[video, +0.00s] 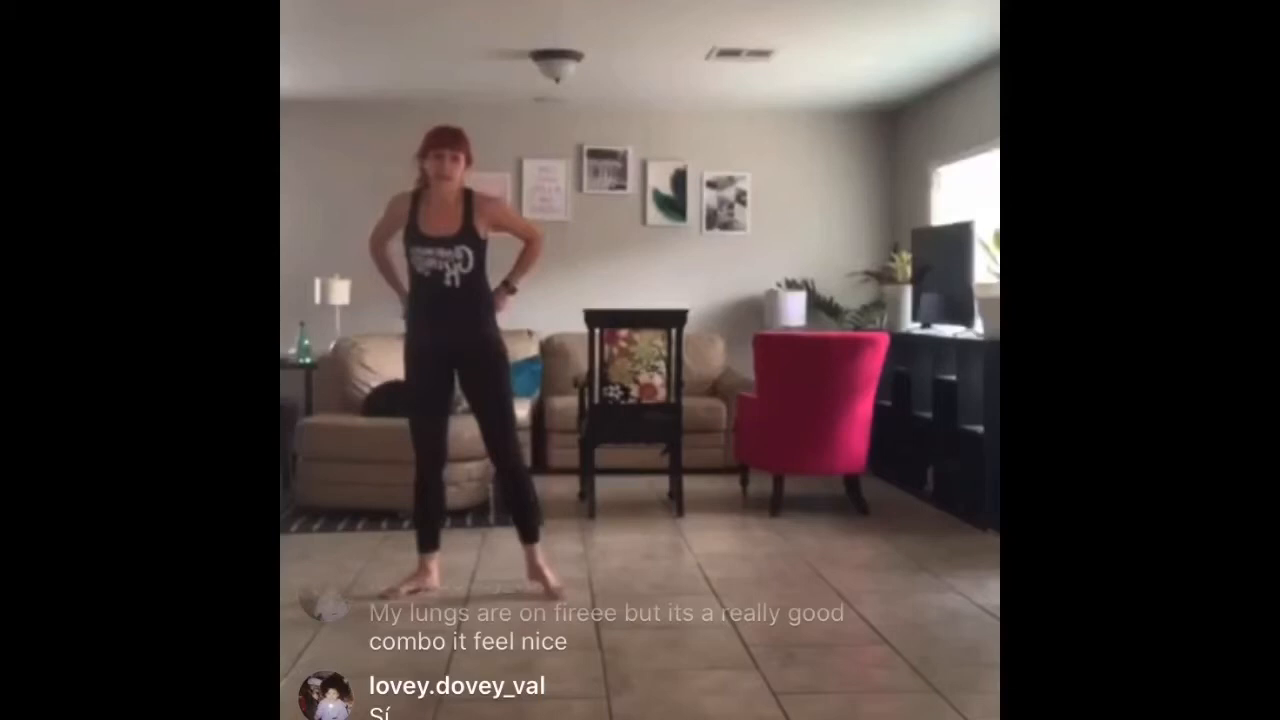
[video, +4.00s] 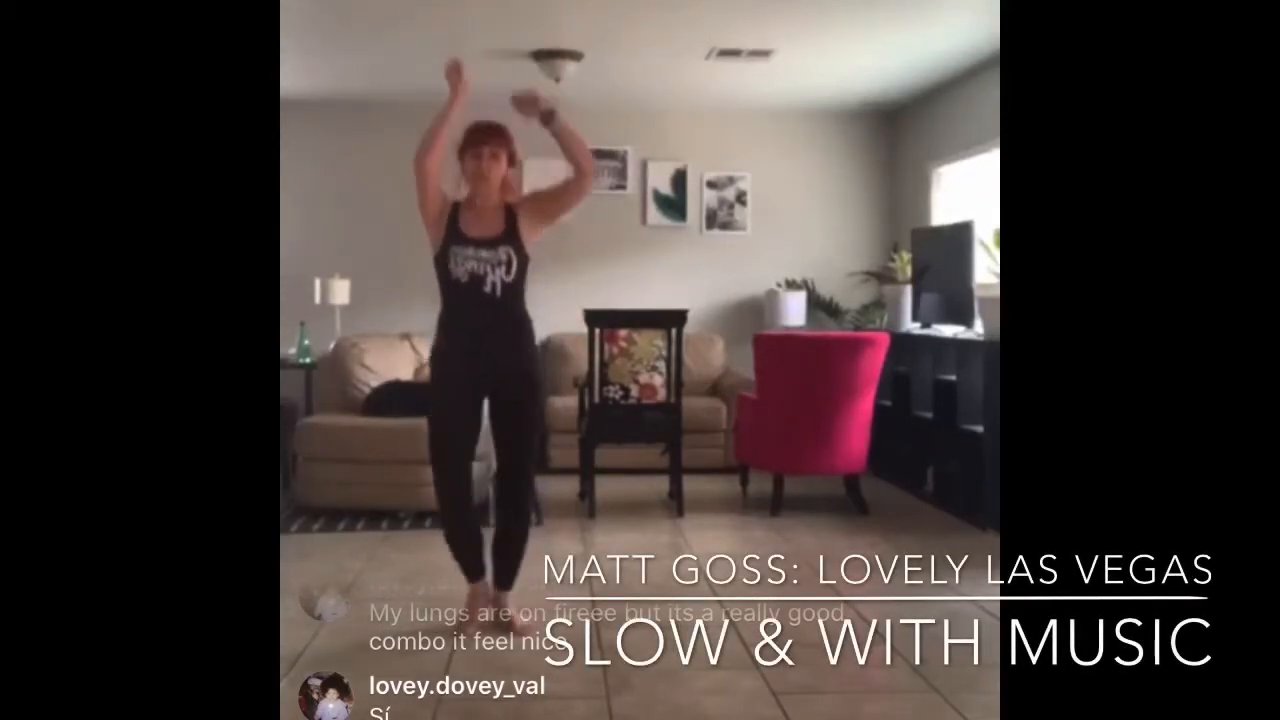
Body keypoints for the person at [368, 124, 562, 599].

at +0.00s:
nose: (445, 165)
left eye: (453, 158)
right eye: (437, 157)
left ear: (467, 166)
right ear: (422, 162)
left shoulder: (485, 208)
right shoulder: (405, 205)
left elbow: (534, 238)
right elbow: (377, 245)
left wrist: (509, 287)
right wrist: (405, 293)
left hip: (476, 335)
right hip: (425, 335)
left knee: (505, 449)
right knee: (428, 456)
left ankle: (535, 558)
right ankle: (428, 568)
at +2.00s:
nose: (504, 145)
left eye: (513, 139)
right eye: (496, 137)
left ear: (525, 151)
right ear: (480, 147)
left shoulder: (543, 203)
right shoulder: (457, 198)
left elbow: (581, 251)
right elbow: (422, 249)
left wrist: (573, 310)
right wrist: (438, 313)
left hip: (530, 336)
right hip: (473, 334)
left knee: (528, 464)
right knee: (475, 465)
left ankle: (525, 581)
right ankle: (467, 578)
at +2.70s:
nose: (524, 142)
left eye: (532, 136)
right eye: (515, 134)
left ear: (545, 150)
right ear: (498, 144)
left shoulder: (557, 209)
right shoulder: (472, 202)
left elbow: (564, 293)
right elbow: (450, 282)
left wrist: (558, 266)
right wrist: (472, 237)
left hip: (539, 345)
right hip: (483, 343)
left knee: (532, 467)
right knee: (487, 466)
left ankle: (527, 582)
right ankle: (486, 583)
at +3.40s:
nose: (507, 172)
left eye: (518, 167)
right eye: (499, 165)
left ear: (530, 181)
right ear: (484, 177)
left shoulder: (544, 232)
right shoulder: (463, 230)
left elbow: (582, 283)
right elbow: (421, 279)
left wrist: (553, 219)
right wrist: (449, 217)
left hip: (529, 367)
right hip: (474, 366)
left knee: (523, 479)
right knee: (478, 480)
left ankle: (521, 583)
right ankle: (490, 582)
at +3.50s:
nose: (509, 138)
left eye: (518, 132)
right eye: (500, 130)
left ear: (531, 145)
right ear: (484, 142)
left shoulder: (539, 200)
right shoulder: (462, 194)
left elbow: (578, 180)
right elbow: (418, 164)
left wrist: (550, 123)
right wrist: (448, 99)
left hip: (529, 347)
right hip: (471, 345)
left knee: (525, 467)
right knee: (475, 467)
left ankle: (524, 579)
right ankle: (488, 577)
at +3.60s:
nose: (506, 100)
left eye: (516, 94)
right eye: (497, 92)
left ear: (530, 106)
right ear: (479, 102)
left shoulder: (541, 158)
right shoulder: (462, 153)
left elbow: (564, 87)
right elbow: (434, 76)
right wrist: (440, 4)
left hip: (525, 306)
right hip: (466, 305)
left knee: (529, 434)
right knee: (474, 436)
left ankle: (533, 560)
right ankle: (473, 563)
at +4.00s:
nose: (491, 160)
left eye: (499, 153)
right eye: (482, 153)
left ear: (512, 166)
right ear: (463, 165)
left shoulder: (526, 217)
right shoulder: (444, 217)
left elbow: (584, 177)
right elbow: (425, 162)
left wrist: (550, 118)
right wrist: (456, 98)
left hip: (513, 362)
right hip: (455, 361)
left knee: (516, 479)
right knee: (450, 479)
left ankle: (503, 593)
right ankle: (477, 586)